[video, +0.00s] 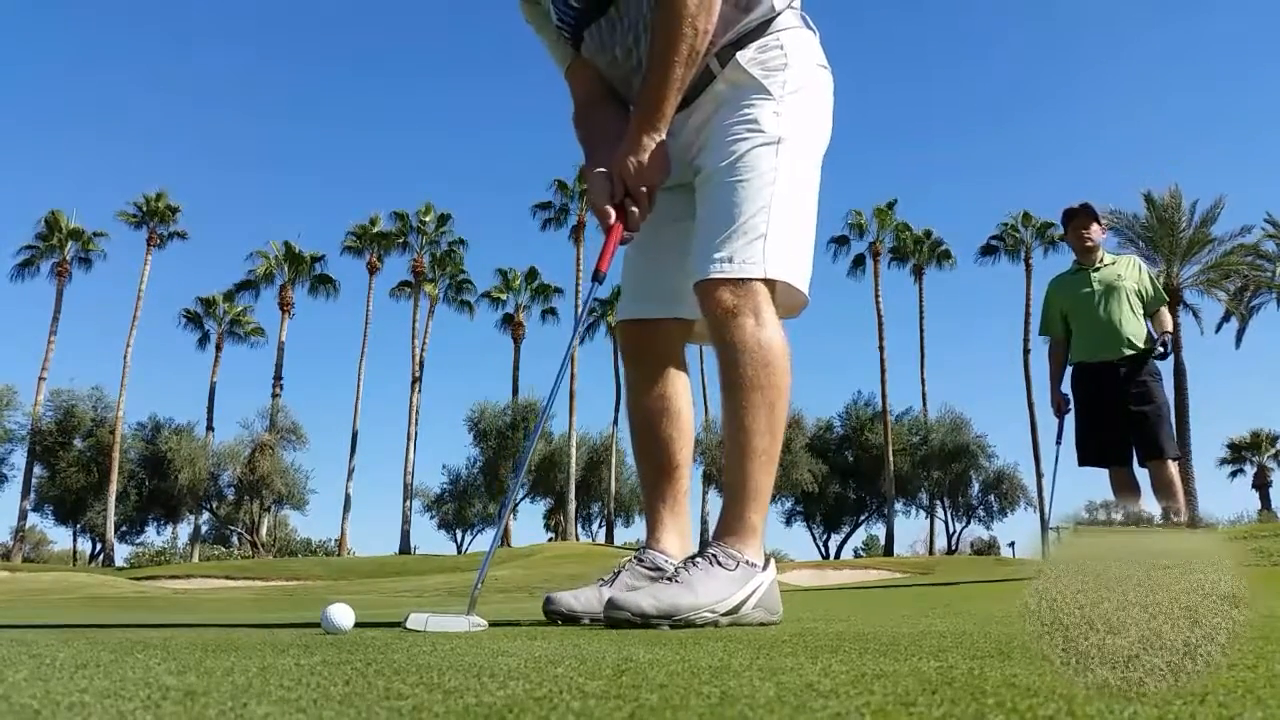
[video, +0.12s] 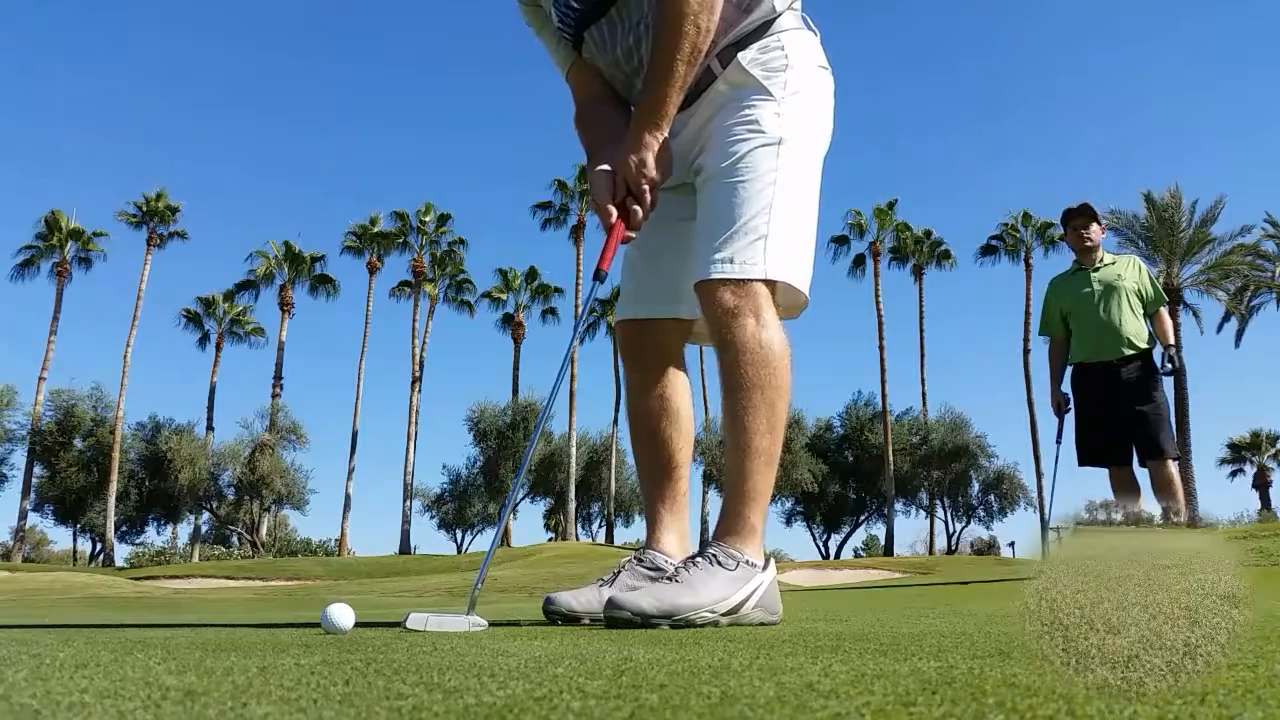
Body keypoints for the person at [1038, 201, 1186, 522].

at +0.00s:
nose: (1085, 232)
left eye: (1089, 226)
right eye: (1076, 229)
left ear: (1102, 230)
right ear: (1067, 238)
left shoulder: (1132, 266)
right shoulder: (1060, 286)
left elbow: (1158, 308)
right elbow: (1057, 342)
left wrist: (1164, 333)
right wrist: (1055, 389)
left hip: (1138, 372)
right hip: (1093, 379)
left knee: (1159, 455)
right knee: (1117, 462)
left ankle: (1177, 529)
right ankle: (1134, 533)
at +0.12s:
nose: (1084, 232)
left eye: (1089, 225)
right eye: (1076, 229)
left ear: (1101, 230)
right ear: (1066, 239)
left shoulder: (1132, 266)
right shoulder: (1060, 286)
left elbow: (1158, 310)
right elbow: (1057, 341)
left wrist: (1170, 347)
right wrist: (1056, 388)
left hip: (1138, 373)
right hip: (1093, 380)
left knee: (1159, 455)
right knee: (1117, 463)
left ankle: (1178, 530)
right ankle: (1135, 536)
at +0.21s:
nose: (1084, 232)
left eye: (1089, 226)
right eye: (1076, 229)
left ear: (1101, 230)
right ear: (1066, 239)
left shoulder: (1131, 266)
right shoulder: (1060, 286)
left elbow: (1158, 312)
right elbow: (1057, 341)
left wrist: (1171, 352)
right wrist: (1055, 387)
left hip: (1139, 373)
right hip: (1093, 380)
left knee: (1160, 455)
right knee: (1117, 462)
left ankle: (1178, 529)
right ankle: (1135, 534)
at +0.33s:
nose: (1084, 232)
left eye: (1089, 226)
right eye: (1076, 229)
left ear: (1102, 230)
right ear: (1067, 239)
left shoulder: (1132, 265)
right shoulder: (1060, 286)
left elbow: (1158, 312)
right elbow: (1058, 341)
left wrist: (1172, 354)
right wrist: (1055, 387)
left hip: (1139, 373)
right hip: (1093, 380)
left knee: (1160, 456)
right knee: (1117, 463)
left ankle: (1178, 530)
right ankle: (1135, 535)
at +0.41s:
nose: (1084, 233)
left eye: (1089, 226)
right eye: (1076, 229)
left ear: (1102, 230)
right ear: (1067, 238)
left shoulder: (1133, 266)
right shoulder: (1061, 285)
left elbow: (1158, 312)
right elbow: (1058, 340)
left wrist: (1172, 353)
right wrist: (1055, 386)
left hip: (1139, 373)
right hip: (1093, 380)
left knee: (1160, 455)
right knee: (1117, 462)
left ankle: (1178, 530)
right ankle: (1135, 535)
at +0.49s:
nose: (1084, 233)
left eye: (1089, 226)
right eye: (1076, 229)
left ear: (1103, 230)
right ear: (1068, 238)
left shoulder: (1133, 266)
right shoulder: (1061, 285)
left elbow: (1158, 313)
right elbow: (1058, 340)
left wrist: (1173, 354)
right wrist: (1056, 387)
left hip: (1139, 373)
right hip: (1093, 380)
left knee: (1160, 455)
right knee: (1117, 462)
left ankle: (1178, 530)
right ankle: (1135, 535)